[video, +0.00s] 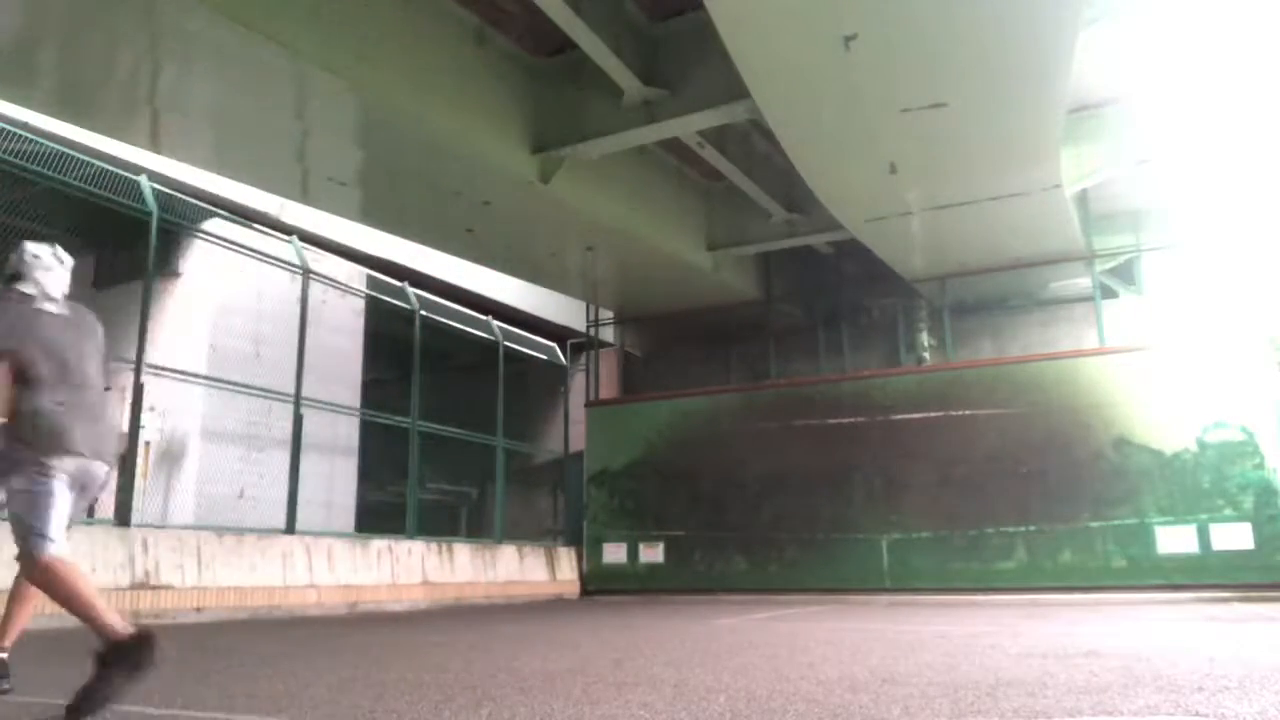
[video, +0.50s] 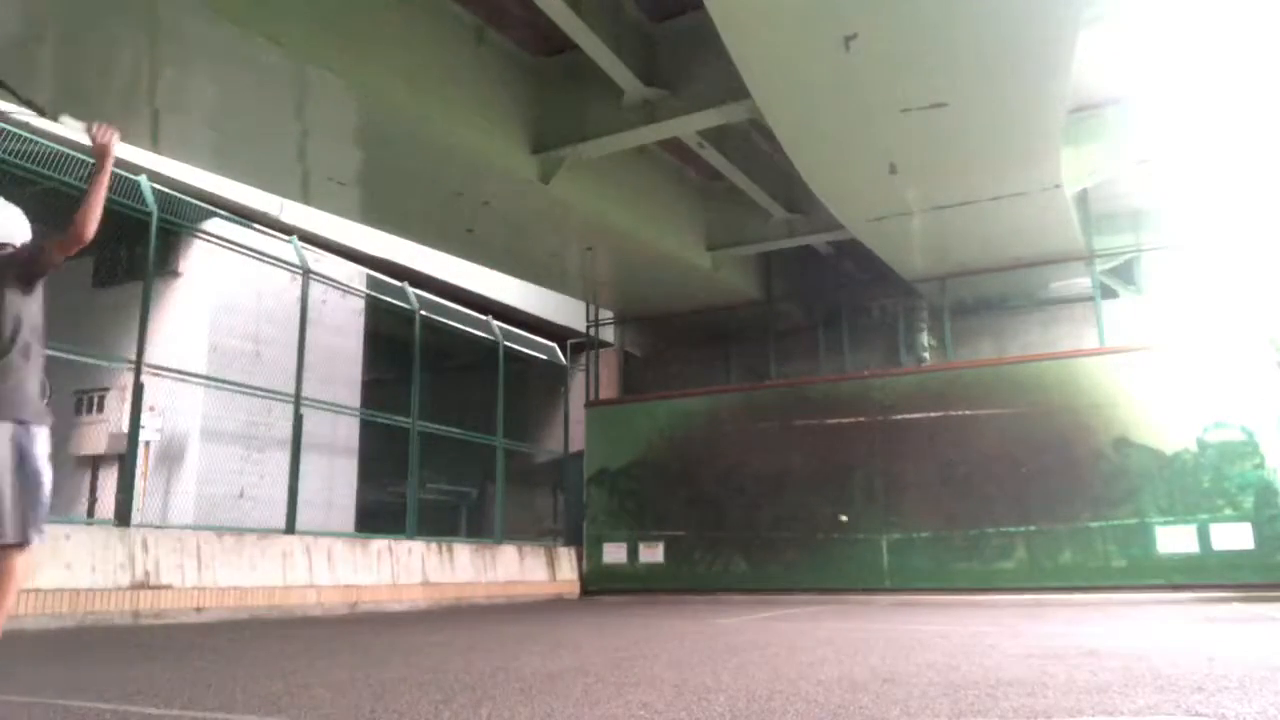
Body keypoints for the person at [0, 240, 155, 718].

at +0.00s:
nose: (12, 282)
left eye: (16, 275)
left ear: (18, 278)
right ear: (63, 281)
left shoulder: (10, 313)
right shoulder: (89, 322)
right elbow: (97, 387)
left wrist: (6, 433)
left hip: (42, 447)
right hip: (97, 453)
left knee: (39, 555)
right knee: (35, 559)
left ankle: (119, 639)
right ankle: (1, 654)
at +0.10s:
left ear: (5, 260)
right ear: (47, 262)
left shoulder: (3, 297)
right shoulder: (74, 296)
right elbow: (134, 339)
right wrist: (149, 351)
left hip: (20, 425)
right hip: (80, 430)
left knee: (24, 544)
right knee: (42, 550)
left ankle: (78, 612)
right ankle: (3, 654)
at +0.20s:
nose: (15, 252)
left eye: (11, 243)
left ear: (6, 247)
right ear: (41, 244)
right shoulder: (69, 278)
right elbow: (135, 271)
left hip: (10, 420)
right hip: (61, 421)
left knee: (6, 530)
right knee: (39, 537)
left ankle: (22, 623)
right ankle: (15, 631)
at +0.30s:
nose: (37, 236)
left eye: (27, 231)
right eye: (35, 230)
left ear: (4, 238)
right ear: (33, 236)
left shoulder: (14, 267)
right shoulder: (58, 260)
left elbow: (126, 220)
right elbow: (127, 221)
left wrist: (169, 176)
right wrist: (175, 170)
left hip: (9, 414)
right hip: (42, 414)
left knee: (13, 539)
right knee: (26, 541)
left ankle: (4, 649)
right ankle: (1, 649)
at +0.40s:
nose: (29, 229)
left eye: (21, 226)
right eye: (24, 225)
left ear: (8, 234)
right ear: (18, 231)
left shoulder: (30, 263)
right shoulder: (35, 262)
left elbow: (98, 210)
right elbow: (99, 211)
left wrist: (122, 147)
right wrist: (123, 145)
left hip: (18, 409)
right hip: (26, 409)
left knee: (18, 539)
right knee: (19, 540)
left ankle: (2, 646)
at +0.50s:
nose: (24, 244)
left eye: (20, 236)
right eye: (18, 237)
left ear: (15, 235)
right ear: (9, 238)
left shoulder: (22, 261)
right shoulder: (16, 263)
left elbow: (79, 235)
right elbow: (79, 234)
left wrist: (103, 161)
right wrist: (105, 160)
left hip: (25, 416)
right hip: (14, 415)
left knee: (18, 541)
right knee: (13, 543)